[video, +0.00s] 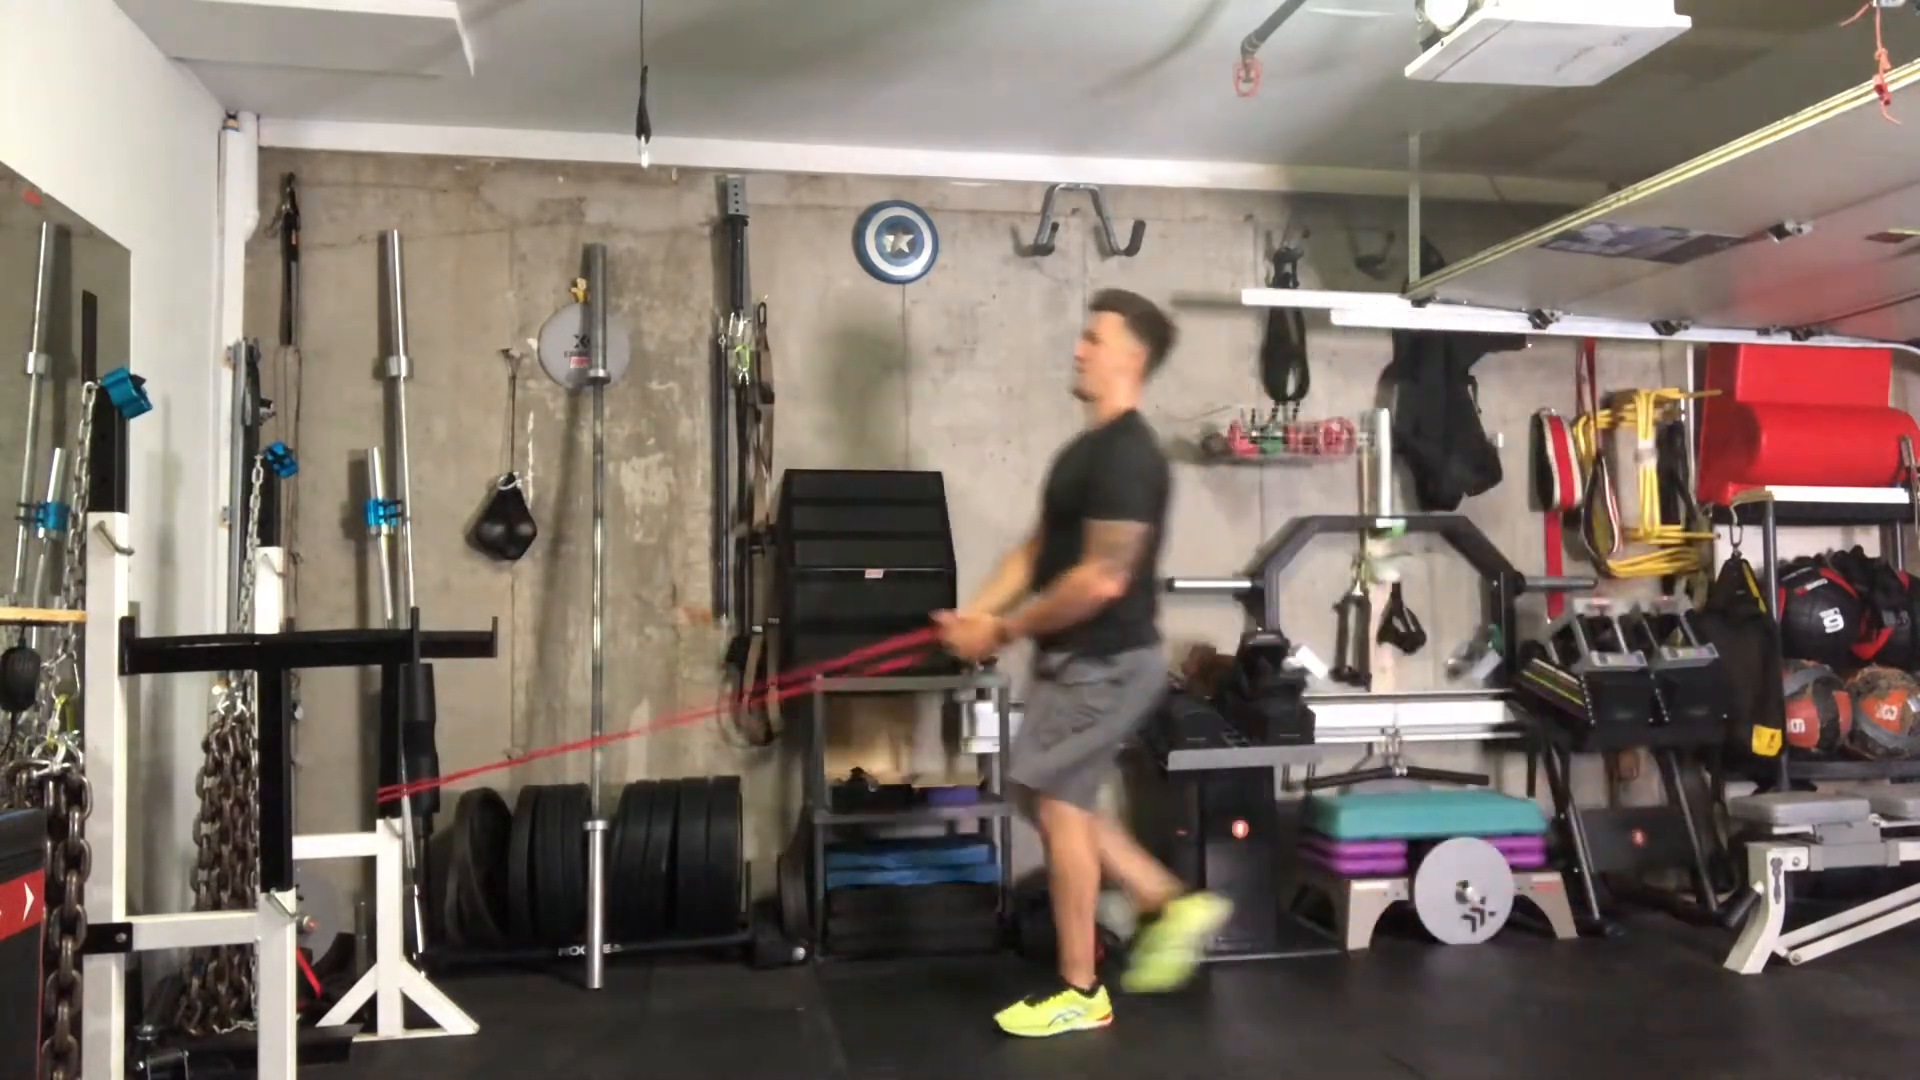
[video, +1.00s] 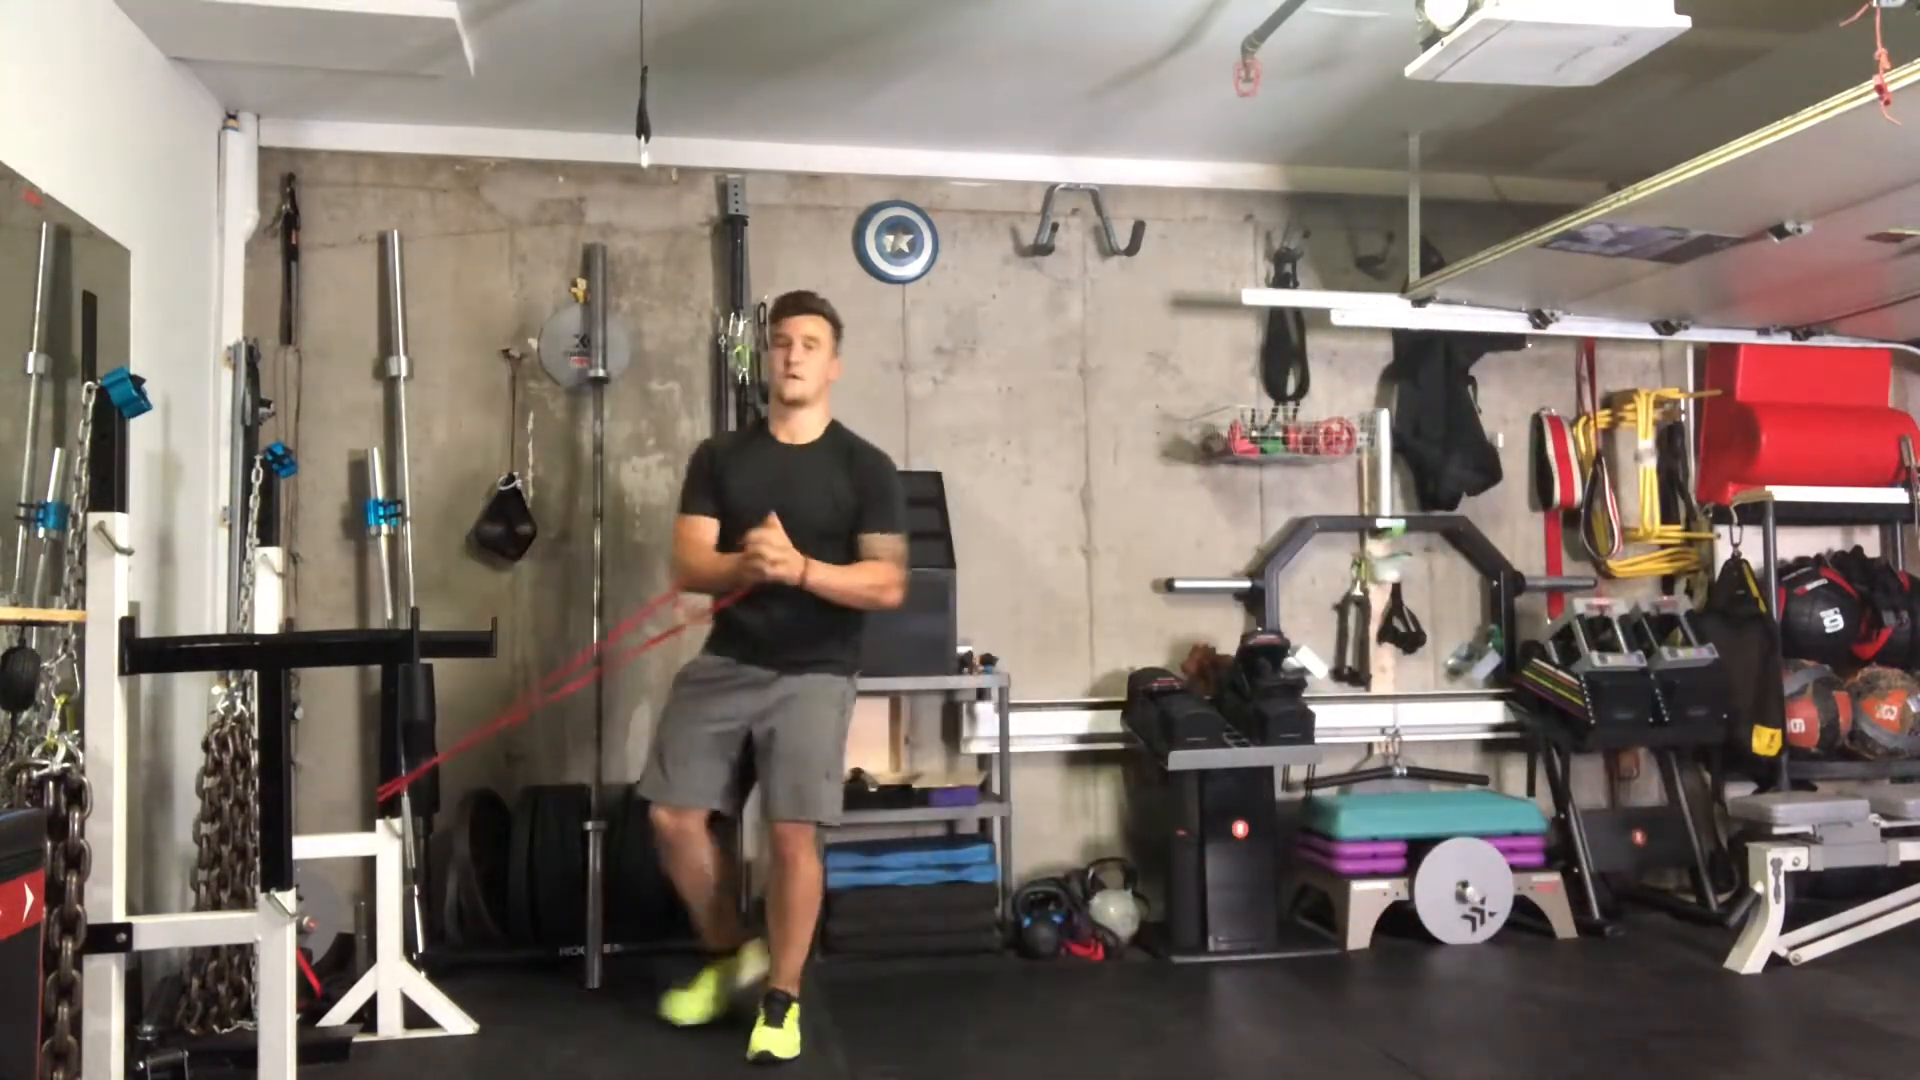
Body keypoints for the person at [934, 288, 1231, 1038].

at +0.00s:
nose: (1078, 351)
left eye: (1095, 341)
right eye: (1083, 338)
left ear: (1136, 361)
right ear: (1105, 356)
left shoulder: (1130, 453)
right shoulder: (1081, 453)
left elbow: (1103, 580)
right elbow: (1037, 551)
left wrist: (1003, 628)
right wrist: (980, 613)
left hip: (1113, 663)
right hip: (1071, 658)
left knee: (1060, 801)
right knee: (1044, 791)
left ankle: (1081, 989)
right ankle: (1171, 902)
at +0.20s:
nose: (992, 351)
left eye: (1009, 341)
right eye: (998, 338)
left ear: (1049, 362)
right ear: (1025, 358)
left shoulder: (1039, 445)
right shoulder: (1007, 444)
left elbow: (1011, 566)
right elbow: (965, 552)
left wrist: (910, 596)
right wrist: (897, 589)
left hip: (1031, 658)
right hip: (980, 655)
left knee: (1044, 809)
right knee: (923, 787)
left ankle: (1081, 986)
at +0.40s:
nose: (897, 356)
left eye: (916, 347)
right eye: (904, 344)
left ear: (952, 373)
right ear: (929, 370)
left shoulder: (951, 454)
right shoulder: (894, 459)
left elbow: (976, 569)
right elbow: (887, 565)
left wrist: (869, 609)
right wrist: (844, 601)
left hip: (931, 675)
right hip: (864, 671)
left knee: (938, 824)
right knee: (820, 801)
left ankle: (1062, 963)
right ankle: (815, 978)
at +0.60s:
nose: (825, 336)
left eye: (845, 329)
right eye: (829, 326)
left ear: (885, 357)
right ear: (830, 352)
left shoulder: (912, 445)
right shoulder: (794, 453)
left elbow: (961, 554)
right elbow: (760, 550)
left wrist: (857, 589)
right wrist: (784, 586)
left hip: (876, 653)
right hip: (797, 653)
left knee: (827, 804)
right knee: (780, 808)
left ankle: (906, 964)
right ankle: (811, 980)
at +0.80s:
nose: (807, 344)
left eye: (825, 336)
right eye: (801, 334)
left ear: (859, 361)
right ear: (791, 354)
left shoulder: (890, 458)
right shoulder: (752, 453)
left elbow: (932, 567)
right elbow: (715, 558)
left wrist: (841, 588)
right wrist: (763, 582)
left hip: (834, 660)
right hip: (754, 653)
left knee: (790, 816)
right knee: (724, 807)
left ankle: (780, 995)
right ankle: (806, 966)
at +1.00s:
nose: (792, 357)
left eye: (809, 345)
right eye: (781, 344)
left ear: (834, 364)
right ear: (764, 359)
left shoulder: (868, 468)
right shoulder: (719, 458)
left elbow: (888, 585)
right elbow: (688, 568)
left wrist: (799, 568)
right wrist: (745, 564)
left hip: (813, 674)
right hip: (723, 666)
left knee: (793, 829)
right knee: (674, 814)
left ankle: (783, 997)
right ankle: (728, 952)